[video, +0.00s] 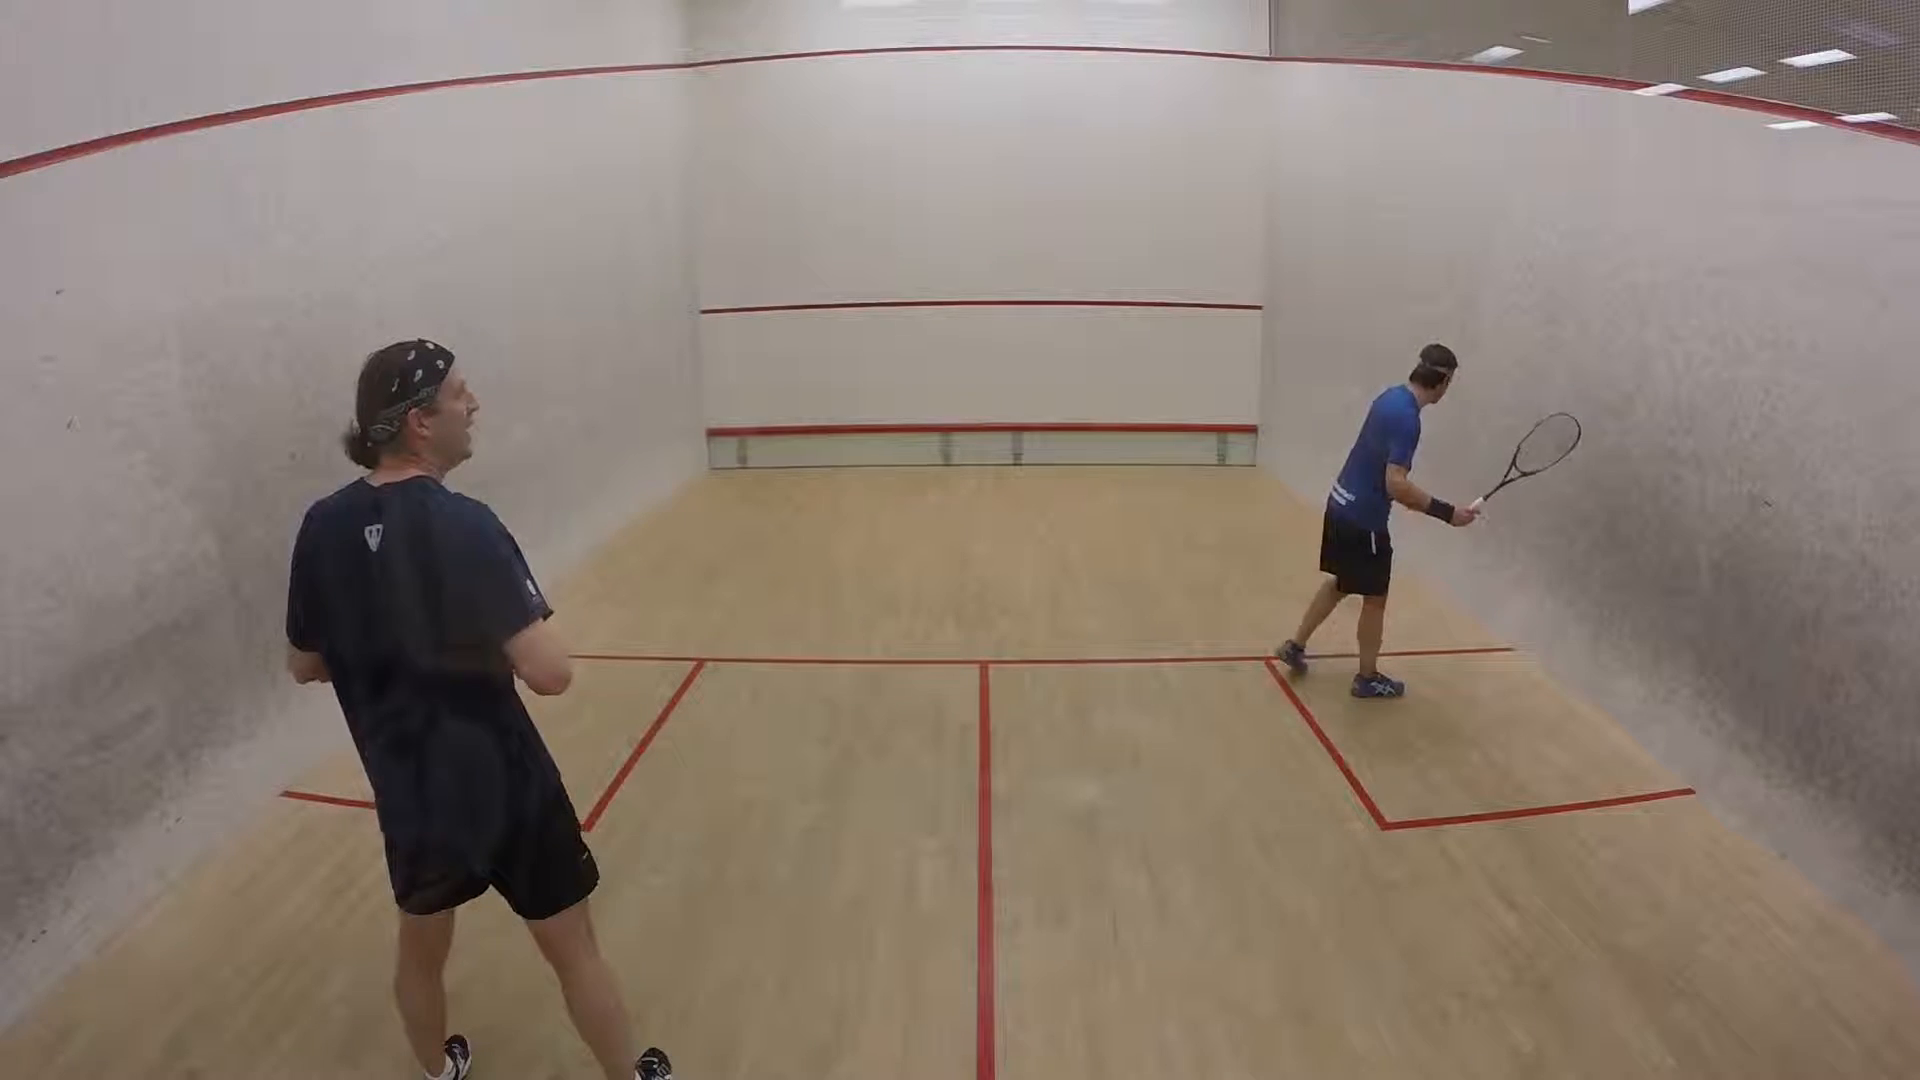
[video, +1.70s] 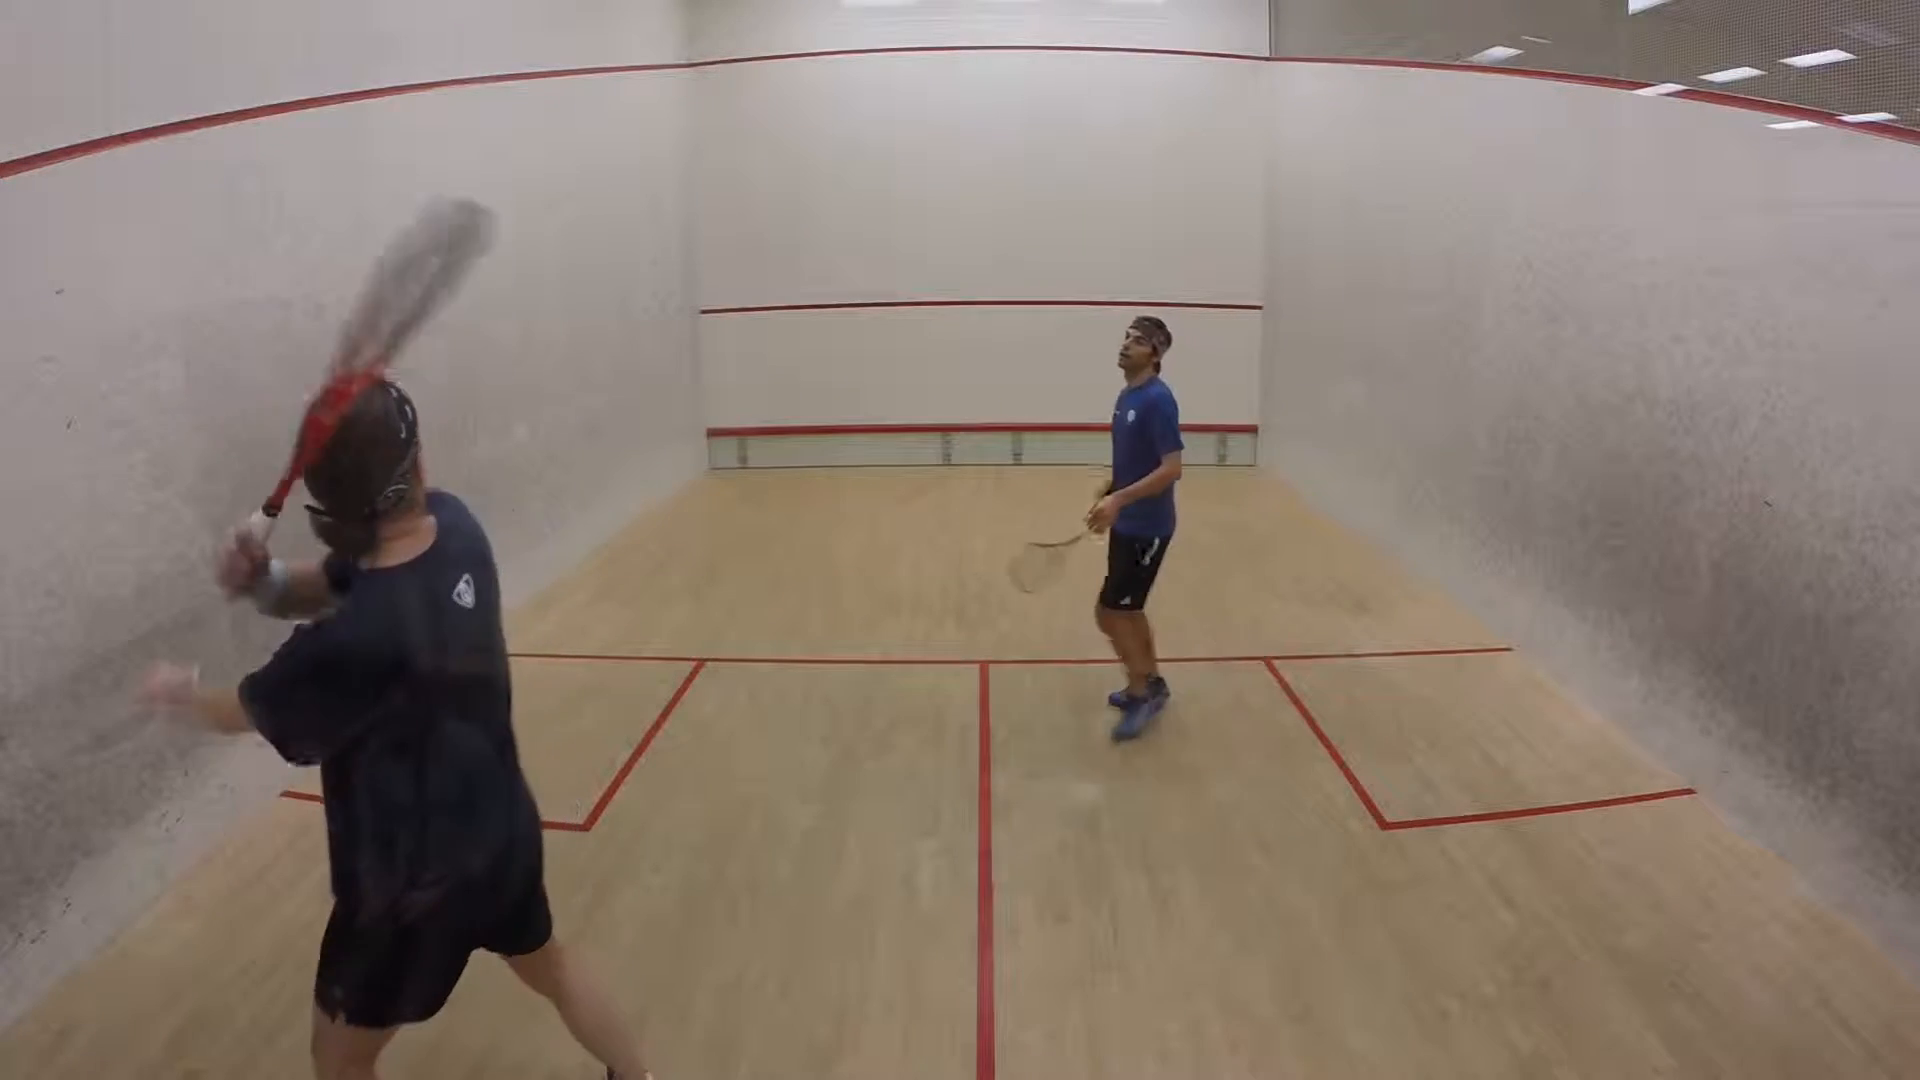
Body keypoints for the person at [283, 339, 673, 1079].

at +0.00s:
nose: (475, 407)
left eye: (467, 392)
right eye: (459, 397)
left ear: (398, 425)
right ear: (414, 423)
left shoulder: (324, 525)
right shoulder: (465, 524)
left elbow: (306, 663)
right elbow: (550, 672)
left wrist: (386, 642)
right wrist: (504, 623)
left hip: (408, 794)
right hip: (505, 782)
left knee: (420, 953)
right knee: (574, 951)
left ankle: (437, 1070)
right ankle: (632, 1070)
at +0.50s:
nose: (470, 411)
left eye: (465, 396)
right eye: (461, 399)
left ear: (382, 421)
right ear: (426, 420)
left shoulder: (324, 528)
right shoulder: (469, 525)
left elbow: (307, 675)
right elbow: (547, 676)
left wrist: (357, 756)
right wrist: (519, 627)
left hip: (402, 783)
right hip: (502, 775)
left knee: (420, 952)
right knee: (572, 949)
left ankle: (438, 1069)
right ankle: (631, 1071)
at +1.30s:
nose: (442, 431)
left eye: (435, 418)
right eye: (437, 422)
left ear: (349, 459)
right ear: (427, 444)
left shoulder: (317, 570)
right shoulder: (496, 530)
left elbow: (292, 736)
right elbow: (579, 638)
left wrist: (292, 845)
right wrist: (492, 652)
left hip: (408, 822)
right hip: (516, 801)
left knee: (415, 954)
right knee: (577, 940)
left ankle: (436, 1066)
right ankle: (640, 1069)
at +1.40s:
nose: (446, 429)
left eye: (438, 417)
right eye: (440, 421)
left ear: (356, 463)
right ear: (436, 444)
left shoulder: (333, 582)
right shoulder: (506, 529)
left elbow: (298, 748)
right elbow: (549, 639)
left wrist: (281, 863)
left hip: (417, 838)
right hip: (529, 807)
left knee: (410, 978)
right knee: (583, 945)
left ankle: (427, 1072)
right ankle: (641, 1069)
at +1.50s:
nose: (453, 440)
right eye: (448, 430)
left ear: (356, 477)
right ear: (444, 452)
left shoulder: (346, 602)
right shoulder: (505, 531)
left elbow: (280, 756)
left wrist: (238, 847)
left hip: (424, 858)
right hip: (531, 825)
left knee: (394, 1003)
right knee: (580, 953)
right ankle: (641, 1070)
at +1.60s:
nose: (445, 434)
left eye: (436, 421)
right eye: (439, 427)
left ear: (347, 487)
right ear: (437, 453)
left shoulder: (353, 621)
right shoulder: (487, 528)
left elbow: (260, 730)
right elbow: (411, 591)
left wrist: (199, 771)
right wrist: (315, 593)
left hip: (421, 863)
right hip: (520, 830)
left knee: (364, 1017)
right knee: (564, 953)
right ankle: (637, 1069)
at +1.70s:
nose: (427, 448)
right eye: (419, 439)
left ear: (325, 498)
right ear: (416, 465)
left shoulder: (355, 637)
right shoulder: (456, 530)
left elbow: (251, 707)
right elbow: (352, 578)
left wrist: (188, 699)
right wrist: (266, 583)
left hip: (405, 879)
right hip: (499, 836)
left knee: (343, 1057)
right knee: (553, 966)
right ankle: (634, 1069)